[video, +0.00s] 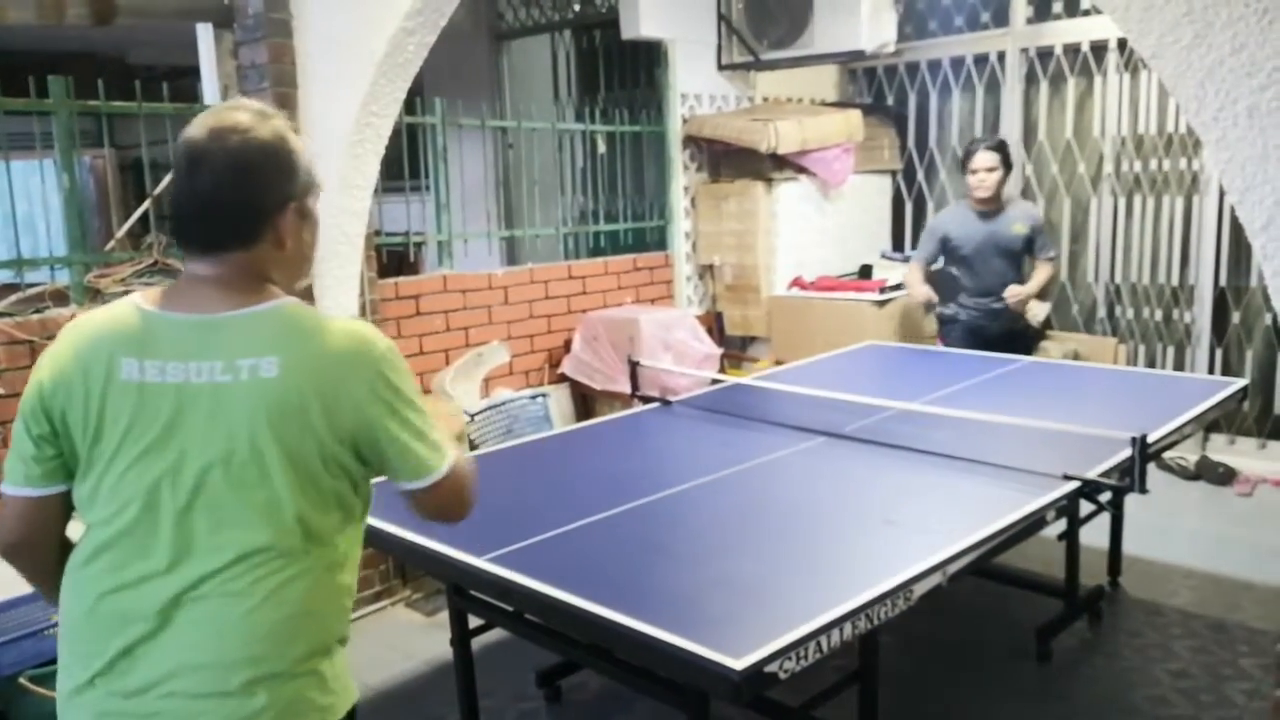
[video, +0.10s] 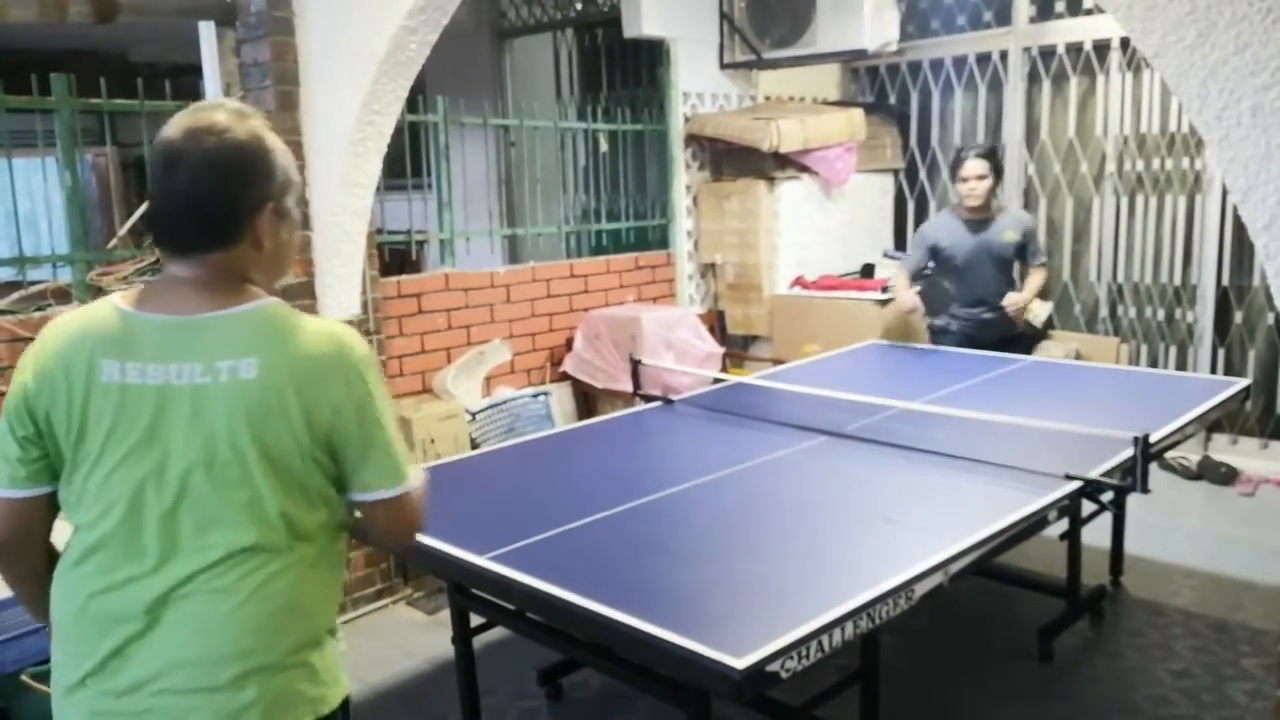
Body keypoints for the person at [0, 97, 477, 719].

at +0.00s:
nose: (315, 223)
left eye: (313, 204)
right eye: (311, 206)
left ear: (183, 215)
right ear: (287, 223)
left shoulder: (83, 346)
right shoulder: (345, 353)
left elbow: (23, 533)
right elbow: (449, 501)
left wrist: (99, 603)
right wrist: (448, 425)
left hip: (101, 697)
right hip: (276, 697)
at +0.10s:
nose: (302, 229)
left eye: (301, 208)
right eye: (296, 208)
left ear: (163, 217)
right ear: (263, 222)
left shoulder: (64, 344)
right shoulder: (322, 351)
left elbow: (15, 533)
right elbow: (397, 524)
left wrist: (78, 626)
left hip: (95, 693)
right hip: (267, 692)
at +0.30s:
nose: (232, 241)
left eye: (231, 222)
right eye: (227, 222)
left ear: (96, 226)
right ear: (192, 237)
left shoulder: (13, 350)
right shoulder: (248, 362)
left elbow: (12, 524)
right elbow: (287, 565)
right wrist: (325, 569)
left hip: (52, 686)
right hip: (217, 689)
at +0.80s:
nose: (261, 253)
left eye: (259, 234)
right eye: (252, 233)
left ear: (131, 239)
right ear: (208, 239)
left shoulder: (38, 353)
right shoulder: (252, 356)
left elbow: (11, 535)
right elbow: (299, 545)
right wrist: (380, 569)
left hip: (59, 688)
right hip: (222, 685)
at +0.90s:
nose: (308, 269)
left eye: (307, 249)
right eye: (302, 247)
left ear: (195, 247)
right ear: (270, 246)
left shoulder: (87, 351)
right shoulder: (309, 362)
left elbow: (35, 519)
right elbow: (368, 540)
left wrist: (64, 623)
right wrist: (433, 517)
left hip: (97, 687)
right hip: (259, 685)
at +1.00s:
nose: (371, 266)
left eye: (369, 248)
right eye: (367, 248)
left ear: (255, 247)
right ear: (336, 254)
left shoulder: (142, 346)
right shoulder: (368, 362)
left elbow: (75, 506)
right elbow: (462, 516)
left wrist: (101, 611)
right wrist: (508, 473)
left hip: (129, 685)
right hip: (292, 682)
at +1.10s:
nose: (404, 271)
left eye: (404, 254)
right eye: (402, 254)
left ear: (293, 253)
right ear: (380, 256)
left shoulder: (182, 338)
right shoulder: (411, 362)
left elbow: (111, 500)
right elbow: (545, 467)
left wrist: (136, 603)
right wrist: (589, 441)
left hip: (146, 682)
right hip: (311, 684)